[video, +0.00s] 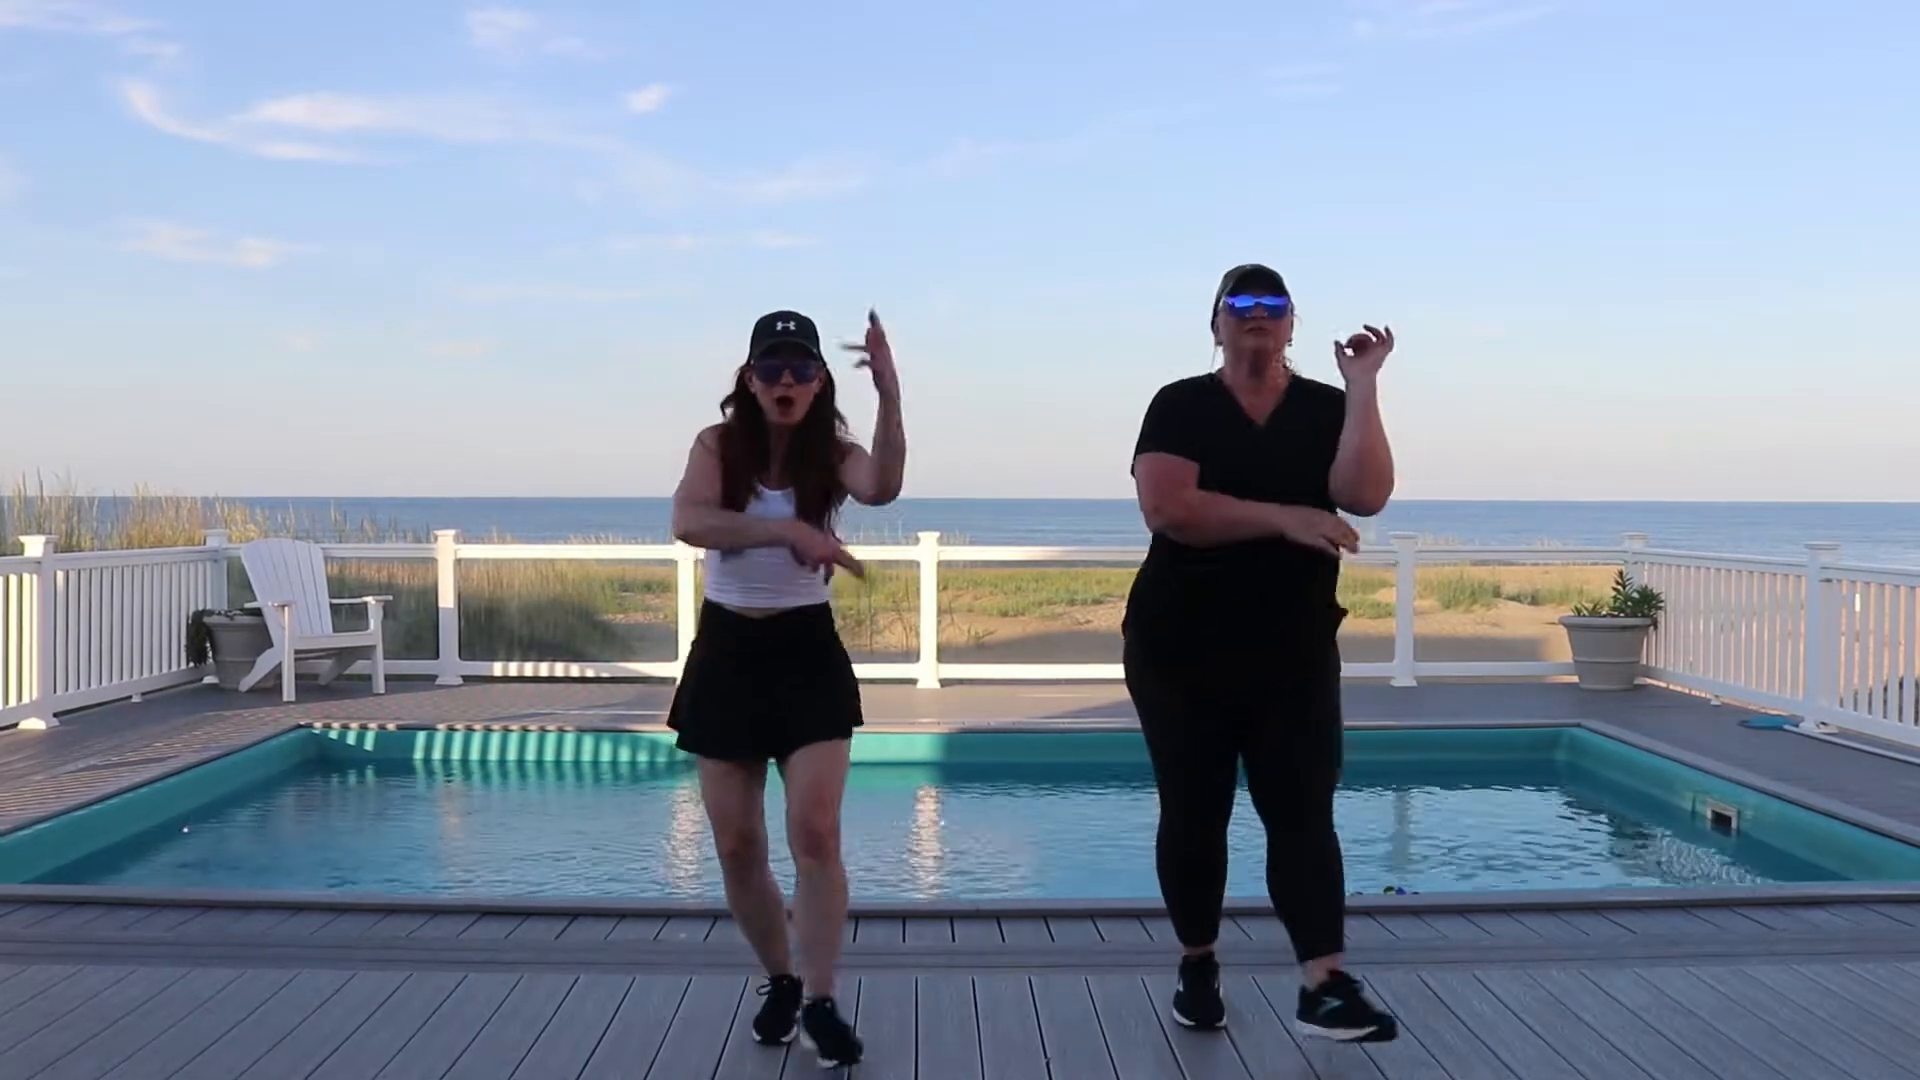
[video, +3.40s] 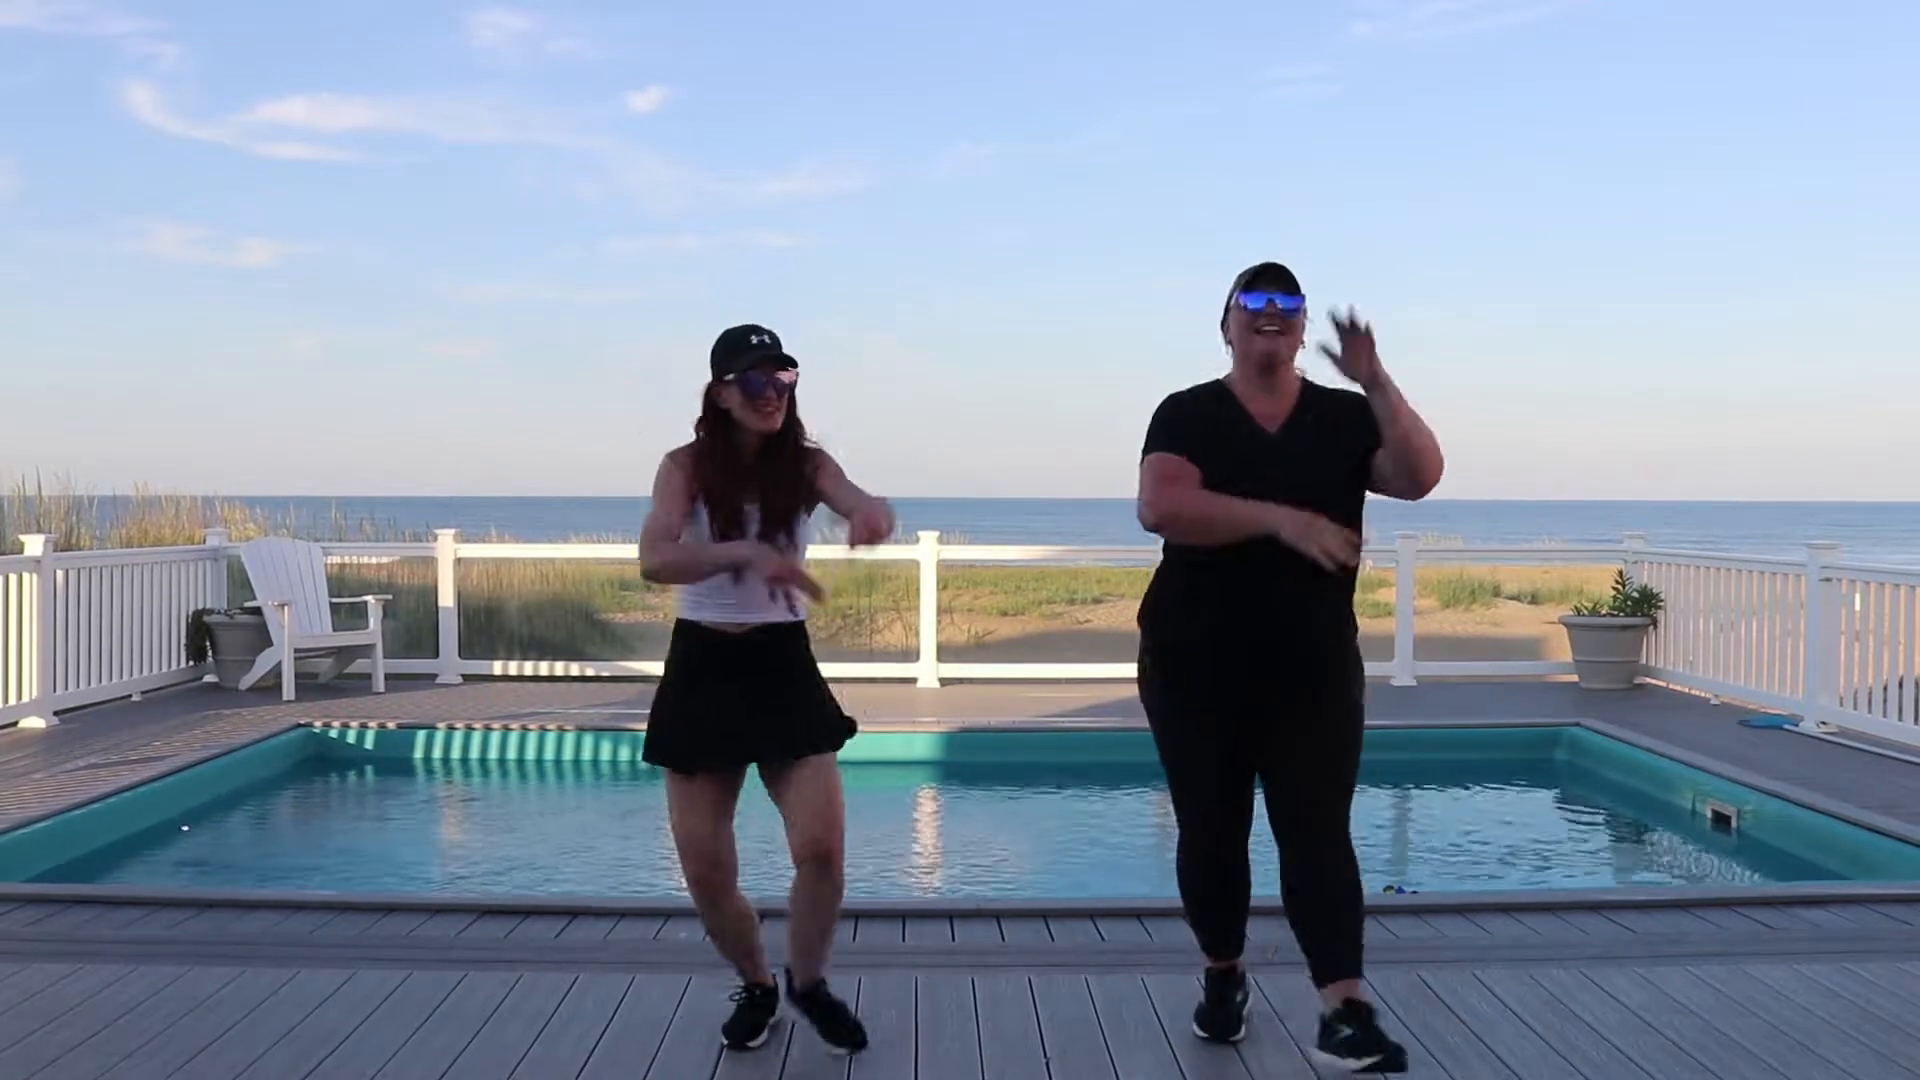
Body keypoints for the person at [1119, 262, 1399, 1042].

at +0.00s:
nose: (1260, 316)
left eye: (1273, 306)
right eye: (1244, 306)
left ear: (1291, 324)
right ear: (1218, 323)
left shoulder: (1327, 412)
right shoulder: (1181, 405)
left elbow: (1368, 494)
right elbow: (1167, 508)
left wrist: (1362, 387)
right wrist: (1284, 518)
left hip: (1293, 645)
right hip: (1184, 646)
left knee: (1303, 808)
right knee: (1193, 808)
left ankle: (1324, 978)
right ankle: (1198, 962)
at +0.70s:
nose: (1287, 326)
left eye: (1299, 315)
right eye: (1271, 315)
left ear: (1315, 329)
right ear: (1241, 328)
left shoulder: (1356, 406)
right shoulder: (1206, 402)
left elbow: (1411, 478)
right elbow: (1174, 465)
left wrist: (1349, 507)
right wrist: (1221, 493)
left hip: (1331, 656)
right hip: (1221, 655)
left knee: (1305, 813)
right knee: (1222, 814)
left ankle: (1284, 964)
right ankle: (1219, 970)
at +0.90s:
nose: (1285, 323)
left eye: (1296, 311)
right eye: (1269, 312)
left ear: (1314, 323)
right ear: (1238, 326)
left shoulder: (1353, 403)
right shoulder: (1205, 407)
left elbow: (1398, 494)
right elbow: (1218, 482)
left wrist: (1295, 502)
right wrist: (1234, 367)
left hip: (1328, 652)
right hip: (1218, 652)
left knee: (1310, 812)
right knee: (1230, 812)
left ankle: (1285, 958)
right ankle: (1226, 986)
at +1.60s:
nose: (1268, 327)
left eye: (1282, 316)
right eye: (1252, 316)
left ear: (1299, 331)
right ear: (1223, 330)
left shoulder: (1339, 416)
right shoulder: (1185, 418)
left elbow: (1394, 497)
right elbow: (1166, 509)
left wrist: (1329, 406)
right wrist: (1260, 476)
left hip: (1298, 658)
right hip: (1184, 661)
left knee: (1314, 824)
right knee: (1197, 819)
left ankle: (1311, 995)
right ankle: (1203, 976)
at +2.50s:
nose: (1286, 364)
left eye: (1298, 350)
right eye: (1271, 349)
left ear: (1313, 340)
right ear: (1238, 339)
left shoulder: (1353, 409)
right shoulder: (1195, 408)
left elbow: (1409, 489)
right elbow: (1179, 470)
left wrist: (1307, 498)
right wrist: (1230, 384)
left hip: (1327, 667)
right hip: (1216, 665)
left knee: (1301, 823)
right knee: (1222, 825)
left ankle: (1278, 974)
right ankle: (1214, 1000)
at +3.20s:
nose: (1269, 318)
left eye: (1284, 306)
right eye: (1254, 305)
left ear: (1304, 316)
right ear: (1229, 314)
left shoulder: (1346, 399)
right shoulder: (1186, 396)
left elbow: (1421, 475)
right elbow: (1165, 460)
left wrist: (1329, 488)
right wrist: (1264, 451)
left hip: (1321, 652)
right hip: (1206, 650)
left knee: (1306, 818)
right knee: (1211, 817)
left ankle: (1285, 966)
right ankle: (1220, 968)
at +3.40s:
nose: (1273, 321)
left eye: (1287, 312)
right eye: (1259, 309)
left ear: (1303, 331)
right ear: (1228, 324)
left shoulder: (1342, 418)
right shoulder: (1186, 414)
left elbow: (1420, 475)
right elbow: (1163, 505)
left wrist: (1377, 379)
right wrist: (1287, 520)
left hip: (1313, 664)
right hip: (1199, 664)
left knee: (1318, 828)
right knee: (1210, 830)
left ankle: (1344, 1003)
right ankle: (1222, 974)